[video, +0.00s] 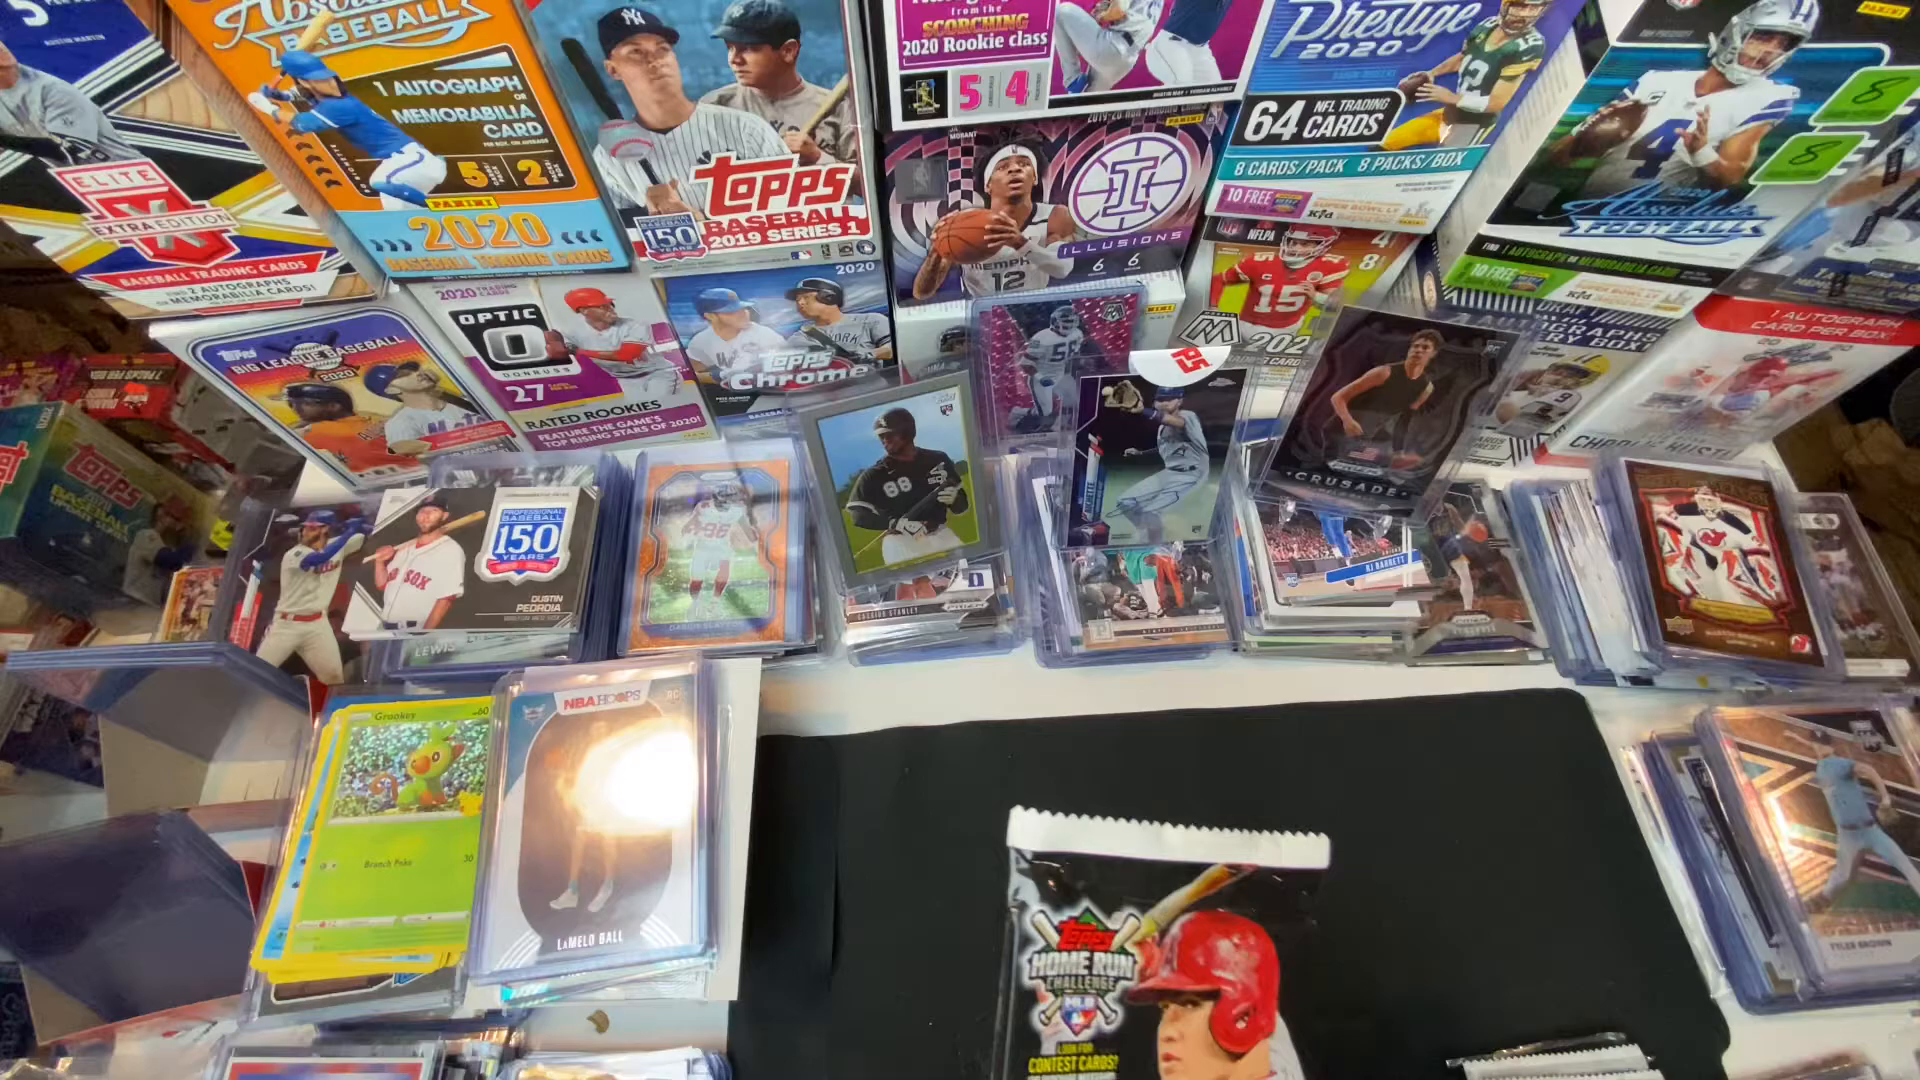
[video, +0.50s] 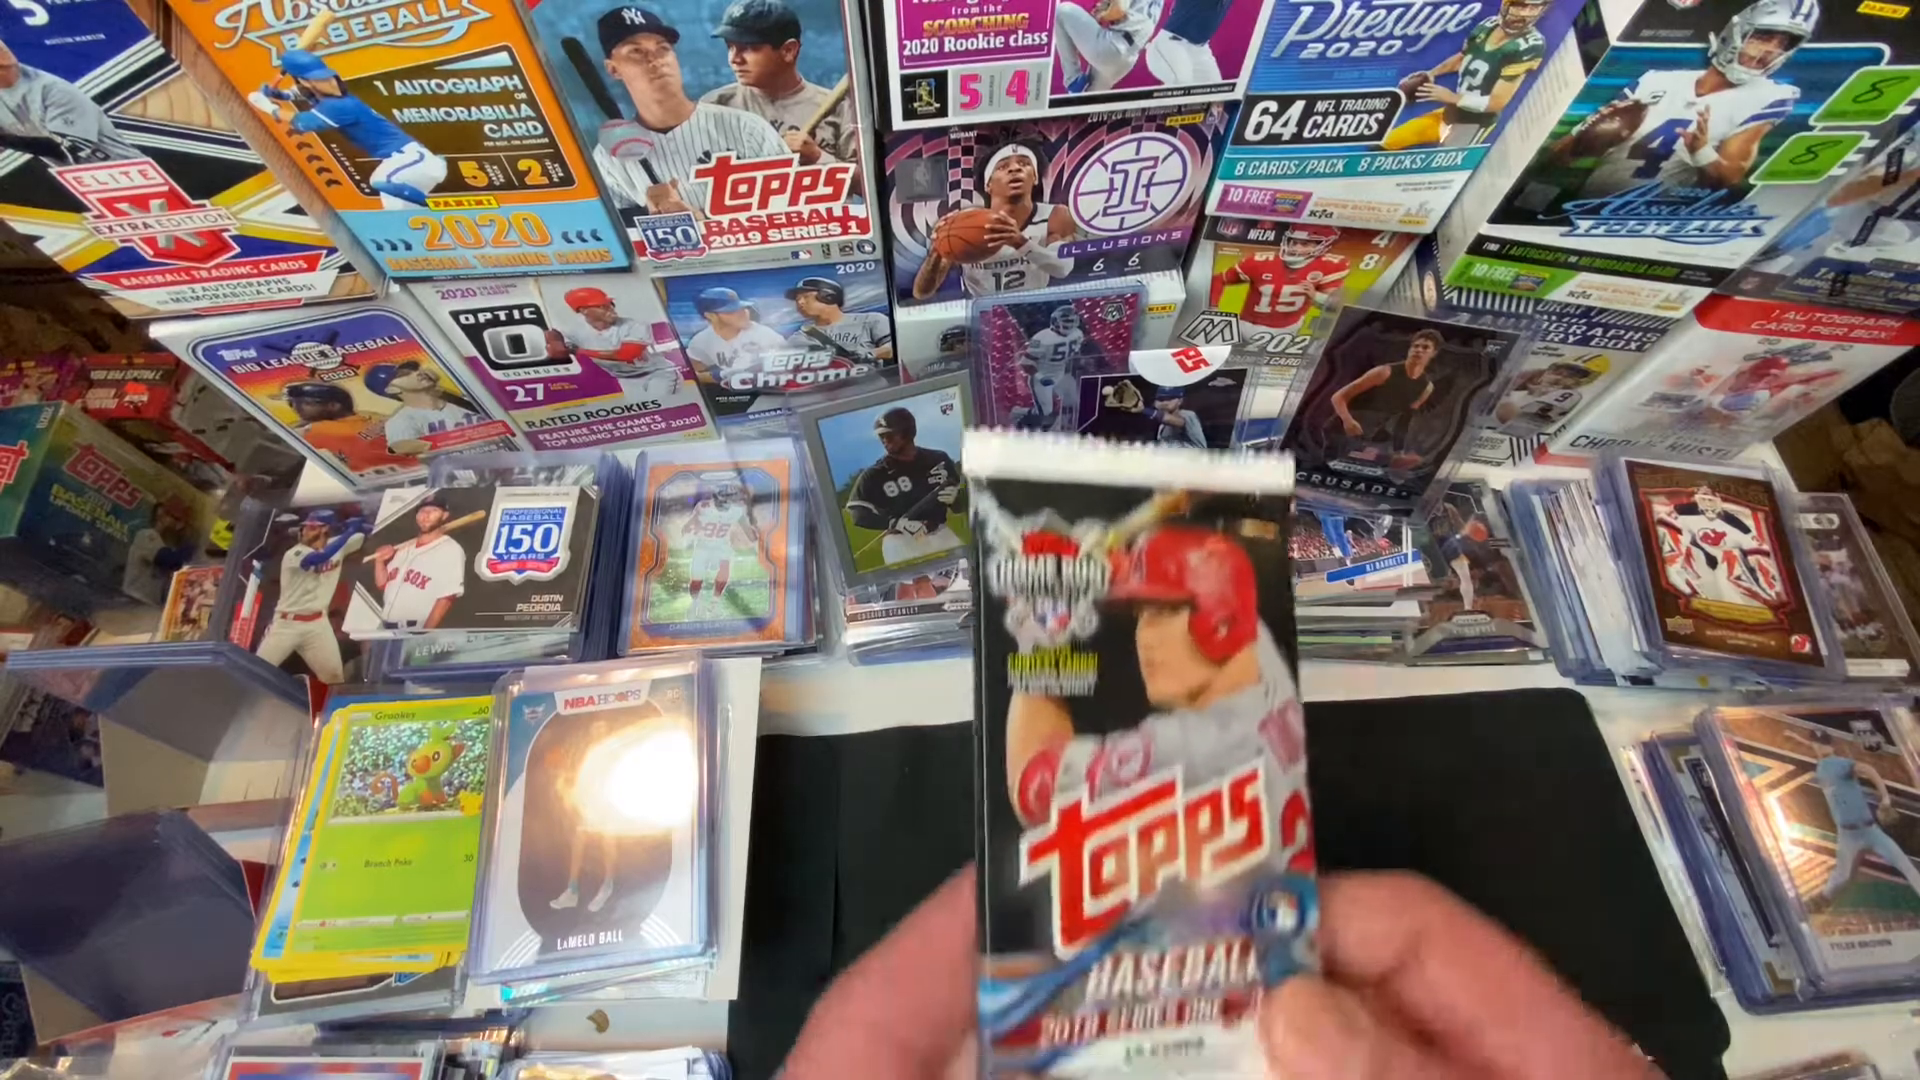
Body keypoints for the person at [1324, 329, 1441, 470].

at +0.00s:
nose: (1418, 351)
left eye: (1425, 348)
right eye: (1415, 346)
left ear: (1433, 354)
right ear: (1409, 349)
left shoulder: (1426, 389)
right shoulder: (1384, 373)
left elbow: (1404, 418)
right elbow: (1338, 397)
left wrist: (1398, 454)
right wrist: (1348, 421)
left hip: (1371, 436)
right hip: (1340, 430)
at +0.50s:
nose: (1418, 350)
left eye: (1425, 348)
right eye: (1415, 346)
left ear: (1433, 354)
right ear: (1410, 349)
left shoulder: (1426, 388)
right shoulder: (1384, 372)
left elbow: (1404, 419)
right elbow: (1338, 397)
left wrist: (1399, 453)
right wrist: (1347, 420)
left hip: (1374, 435)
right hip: (1342, 428)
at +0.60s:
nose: (1418, 350)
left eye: (1425, 347)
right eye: (1415, 346)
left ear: (1433, 354)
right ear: (1409, 349)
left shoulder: (1426, 388)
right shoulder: (1384, 373)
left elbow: (1406, 414)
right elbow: (1343, 394)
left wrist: (1400, 451)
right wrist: (1348, 420)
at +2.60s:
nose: (1418, 350)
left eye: (1425, 347)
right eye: (1416, 346)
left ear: (1434, 354)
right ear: (1410, 349)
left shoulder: (1426, 389)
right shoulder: (1383, 373)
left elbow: (1404, 418)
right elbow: (1338, 397)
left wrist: (1399, 452)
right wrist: (1347, 420)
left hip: (1380, 436)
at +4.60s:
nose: (1419, 350)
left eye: (1426, 347)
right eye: (1416, 346)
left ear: (1433, 354)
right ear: (1409, 349)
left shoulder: (1426, 388)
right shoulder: (1384, 373)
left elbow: (1405, 415)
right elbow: (1338, 397)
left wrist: (1399, 450)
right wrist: (1348, 421)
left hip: (1384, 440)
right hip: (1358, 434)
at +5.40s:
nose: (1418, 351)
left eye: (1425, 347)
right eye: (1416, 346)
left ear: (1433, 354)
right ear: (1410, 349)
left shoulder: (1427, 389)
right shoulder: (1384, 373)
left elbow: (1406, 415)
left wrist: (1407, 452)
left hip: (1393, 444)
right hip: (1364, 435)